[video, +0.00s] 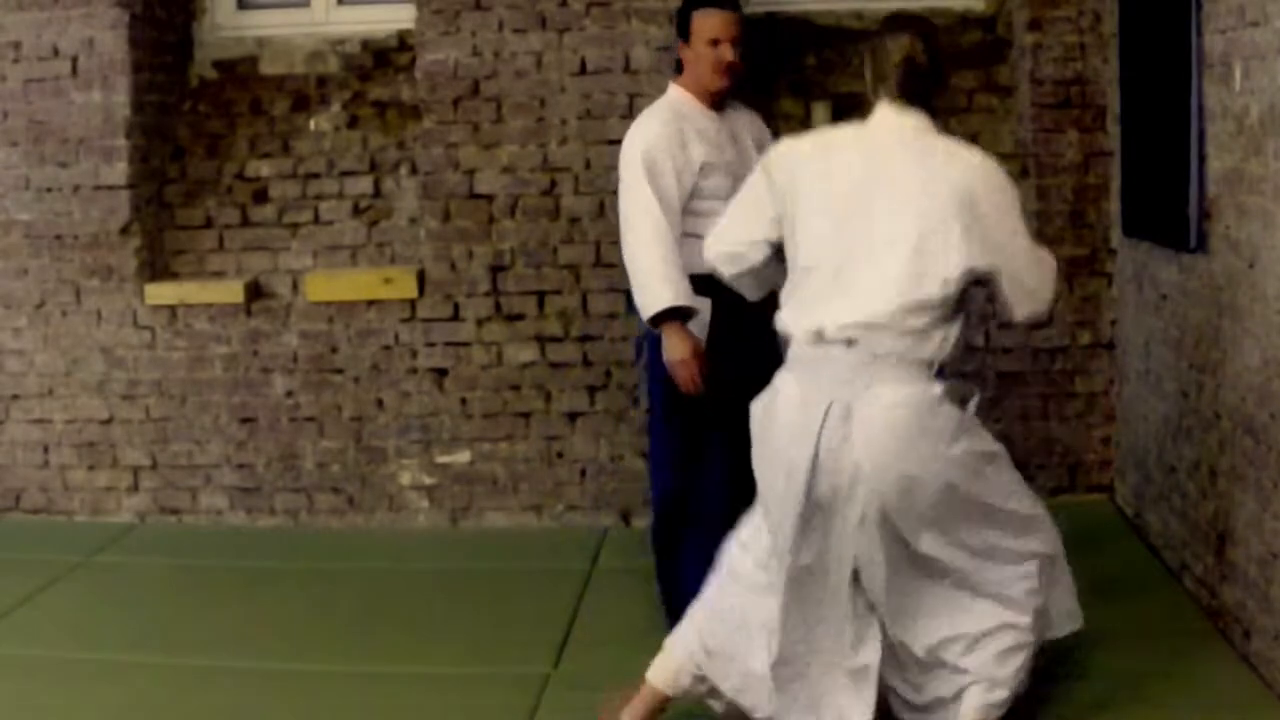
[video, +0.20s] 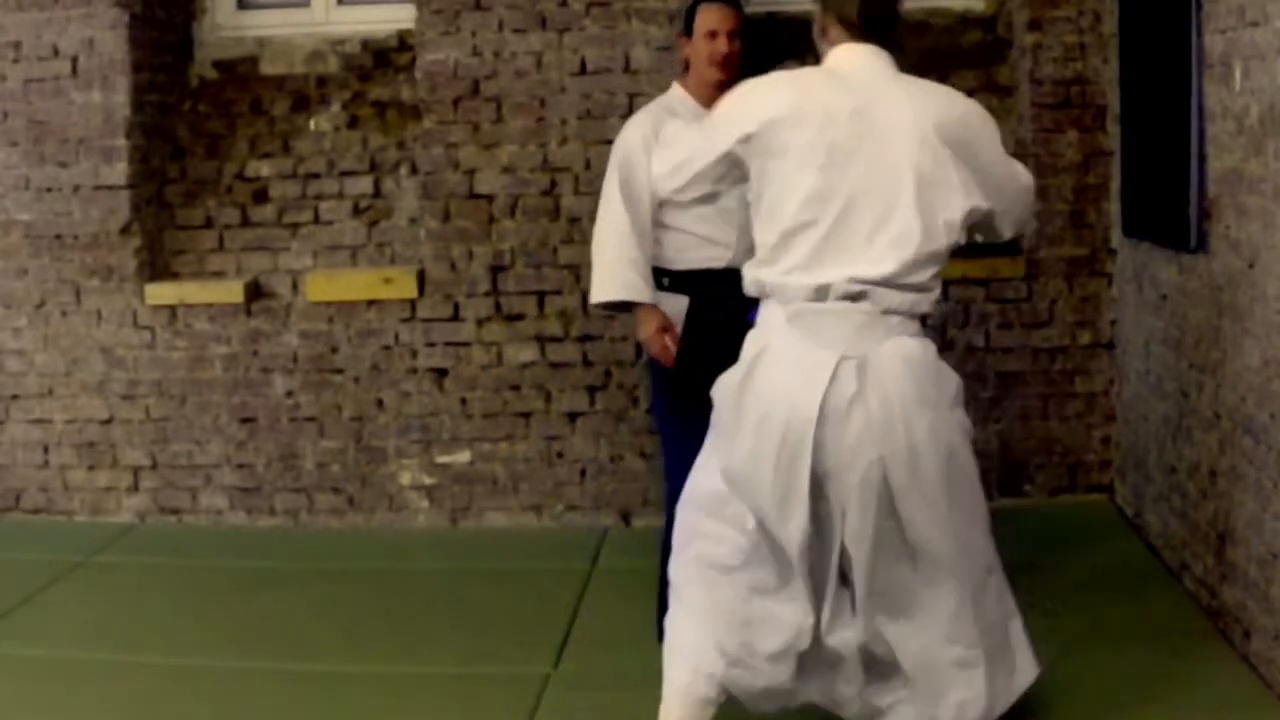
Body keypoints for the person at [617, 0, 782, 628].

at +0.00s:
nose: (729, 55)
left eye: (734, 44)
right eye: (715, 44)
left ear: (740, 50)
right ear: (683, 51)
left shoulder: (750, 128)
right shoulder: (656, 131)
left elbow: (783, 213)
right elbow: (644, 232)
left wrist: (794, 301)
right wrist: (671, 325)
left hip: (756, 311)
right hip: (688, 312)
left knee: (749, 471)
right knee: (690, 479)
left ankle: (753, 617)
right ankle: (691, 629)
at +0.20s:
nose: (726, 46)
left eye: (734, 36)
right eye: (713, 35)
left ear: (744, 47)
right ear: (685, 46)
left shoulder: (761, 122)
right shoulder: (649, 129)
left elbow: (790, 213)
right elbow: (621, 226)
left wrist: (787, 300)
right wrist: (644, 310)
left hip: (758, 304)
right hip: (683, 308)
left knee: (757, 463)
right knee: (690, 470)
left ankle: (758, 622)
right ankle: (681, 625)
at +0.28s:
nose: (723, 46)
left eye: (733, 36)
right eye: (711, 35)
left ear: (747, 42)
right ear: (685, 45)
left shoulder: (763, 109)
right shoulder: (653, 113)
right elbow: (618, 213)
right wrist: (631, 306)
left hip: (752, 294)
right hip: (674, 296)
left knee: (749, 444)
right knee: (685, 447)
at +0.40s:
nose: (718, 44)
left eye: (729, 32)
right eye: (704, 33)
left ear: (747, 34)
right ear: (680, 42)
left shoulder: (771, 117)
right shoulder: (646, 120)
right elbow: (615, 216)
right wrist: (621, 308)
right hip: (671, 299)